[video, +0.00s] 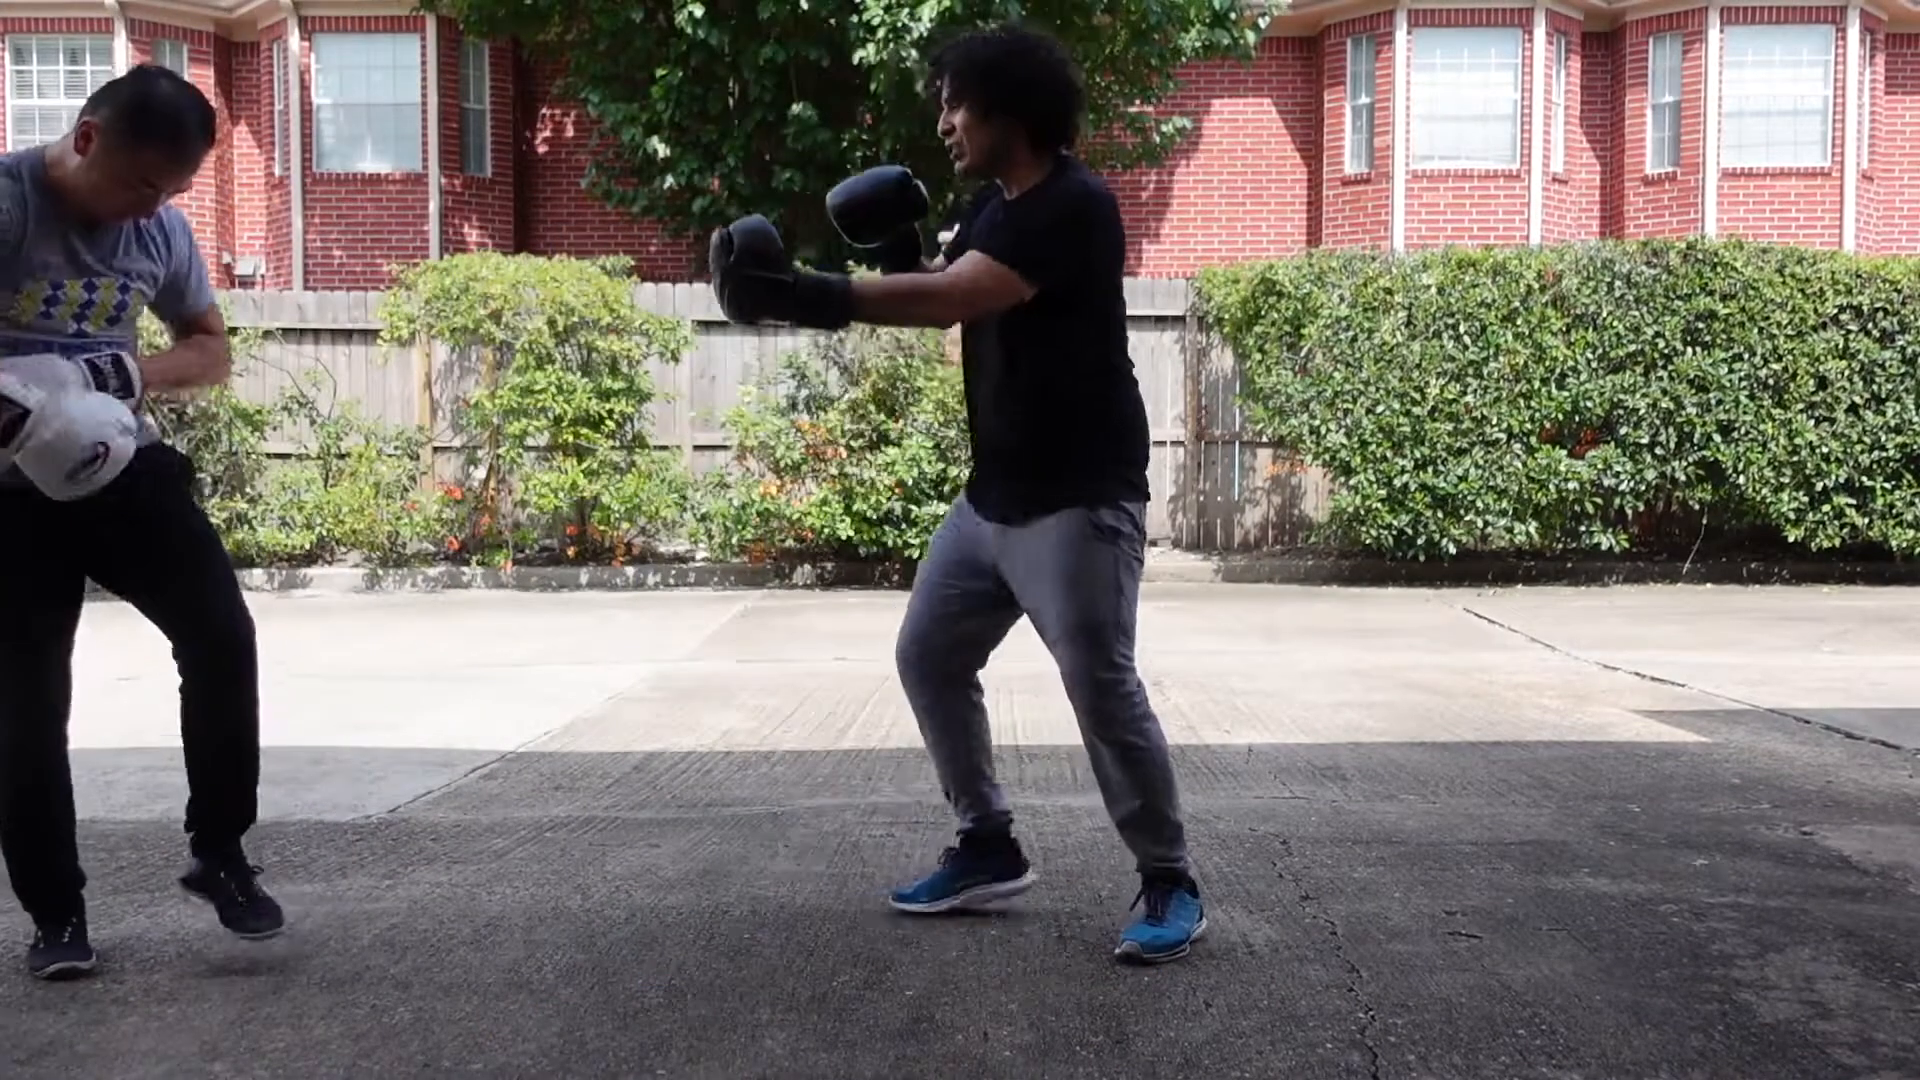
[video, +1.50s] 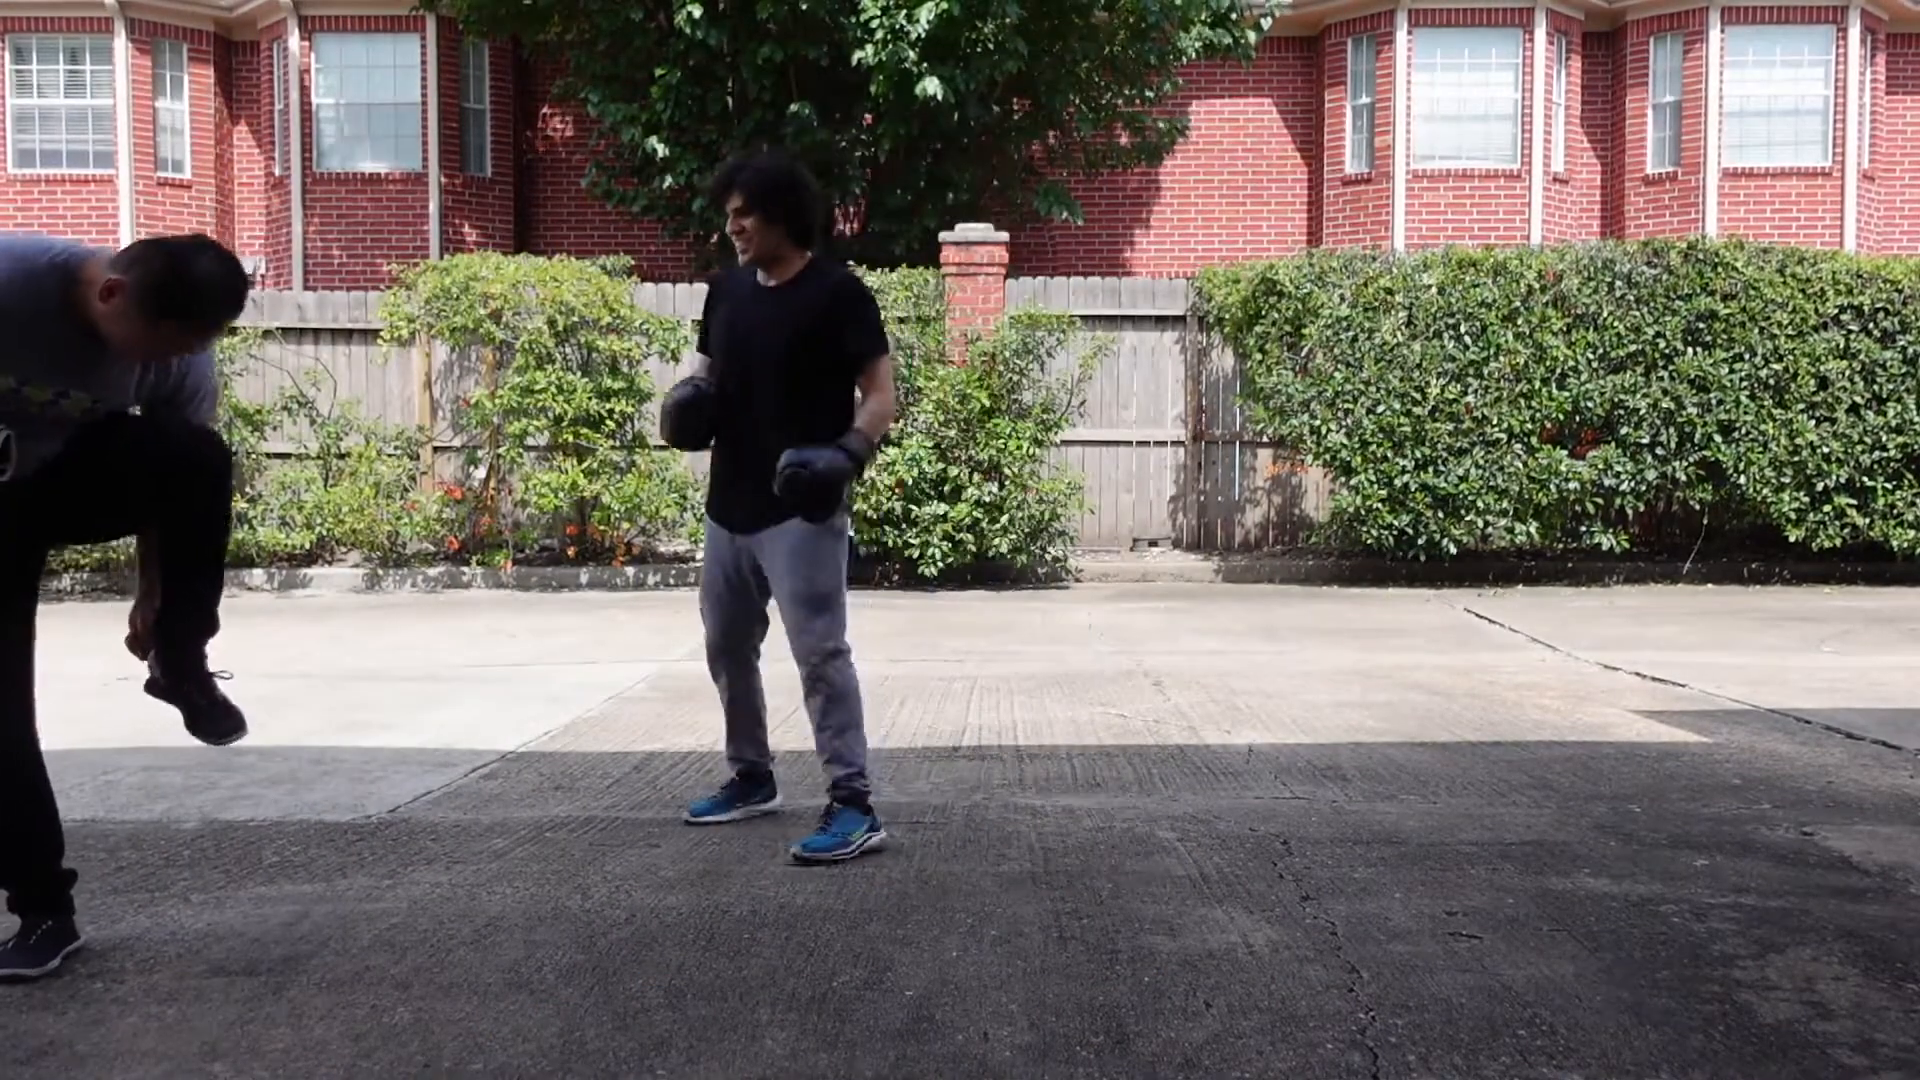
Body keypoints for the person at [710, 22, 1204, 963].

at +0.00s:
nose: (946, 128)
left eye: (959, 110)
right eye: (945, 111)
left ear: (1015, 112)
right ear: (986, 114)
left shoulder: (1075, 203)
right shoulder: (988, 209)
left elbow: (962, 296)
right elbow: (950, 309)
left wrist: (816, 296)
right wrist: (902, 259)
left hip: (1081, 498)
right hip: (993, 496)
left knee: (1102, 688)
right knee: (930, 657)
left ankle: (1168, 885)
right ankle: (987, 847)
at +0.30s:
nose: (950, 195)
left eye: (961, 179)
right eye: (950, 179)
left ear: (1004, 185)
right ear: (1013, 187)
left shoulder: (1049, 272)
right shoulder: (1016, 270)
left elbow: (962, 378)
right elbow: (981, 363)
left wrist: (863, 331)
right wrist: (943, 305)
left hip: (1077, 514)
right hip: (1033, 514)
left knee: (1080, 677)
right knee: (1026, 660)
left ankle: (1166, 878)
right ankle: (1092, 807)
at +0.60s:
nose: (895, 202)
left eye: (903, 186)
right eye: (892, 188)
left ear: (944, 186)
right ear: (955, 189)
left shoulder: (986, 250)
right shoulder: (971, 255)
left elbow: (926, 351)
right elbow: (931, 350)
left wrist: (832, 299)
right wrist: (886, 286)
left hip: (1022, 492)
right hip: (1023, 489)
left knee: (945, 633)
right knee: (1032, 646)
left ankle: (998, 802)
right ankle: (1088, 808)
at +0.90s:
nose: (810, 220)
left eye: (820, 205)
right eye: (809, 206)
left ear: (860, 206)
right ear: (867, 211)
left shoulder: (901, 280)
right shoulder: (885, 280)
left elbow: (929, 400)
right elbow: (889, 380)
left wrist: (825, 389)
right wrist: (822, 354)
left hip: (911, 508)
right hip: (928, 506)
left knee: (845, 647)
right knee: (912, 648)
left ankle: (858, 813)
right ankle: (1028, 764)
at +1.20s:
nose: (763, 195)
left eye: (774, 182)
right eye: (761, 183)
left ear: (818, 184)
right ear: (785, 188)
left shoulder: (859, 261)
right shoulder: (804, 261)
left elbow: (891, 386)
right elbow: (817, 364)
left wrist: (827, 470)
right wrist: (768, 398)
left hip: (854, 490)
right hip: (797, 483)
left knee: (830, 642)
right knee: (767, 621)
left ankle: (860, 810)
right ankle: (808, 758)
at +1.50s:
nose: (734, 228)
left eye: (745, 216)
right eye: (730, 216)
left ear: (786, 215)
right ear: (735, 220)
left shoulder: (840, 292)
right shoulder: (728, 287)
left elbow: (881, 393)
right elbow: (705, 370)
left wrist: (848, 453)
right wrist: (689, 406)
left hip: (804, 507)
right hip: (730, 504)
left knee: (820, 655)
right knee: (728, 649)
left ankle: (851, 804)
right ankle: (751, 778)